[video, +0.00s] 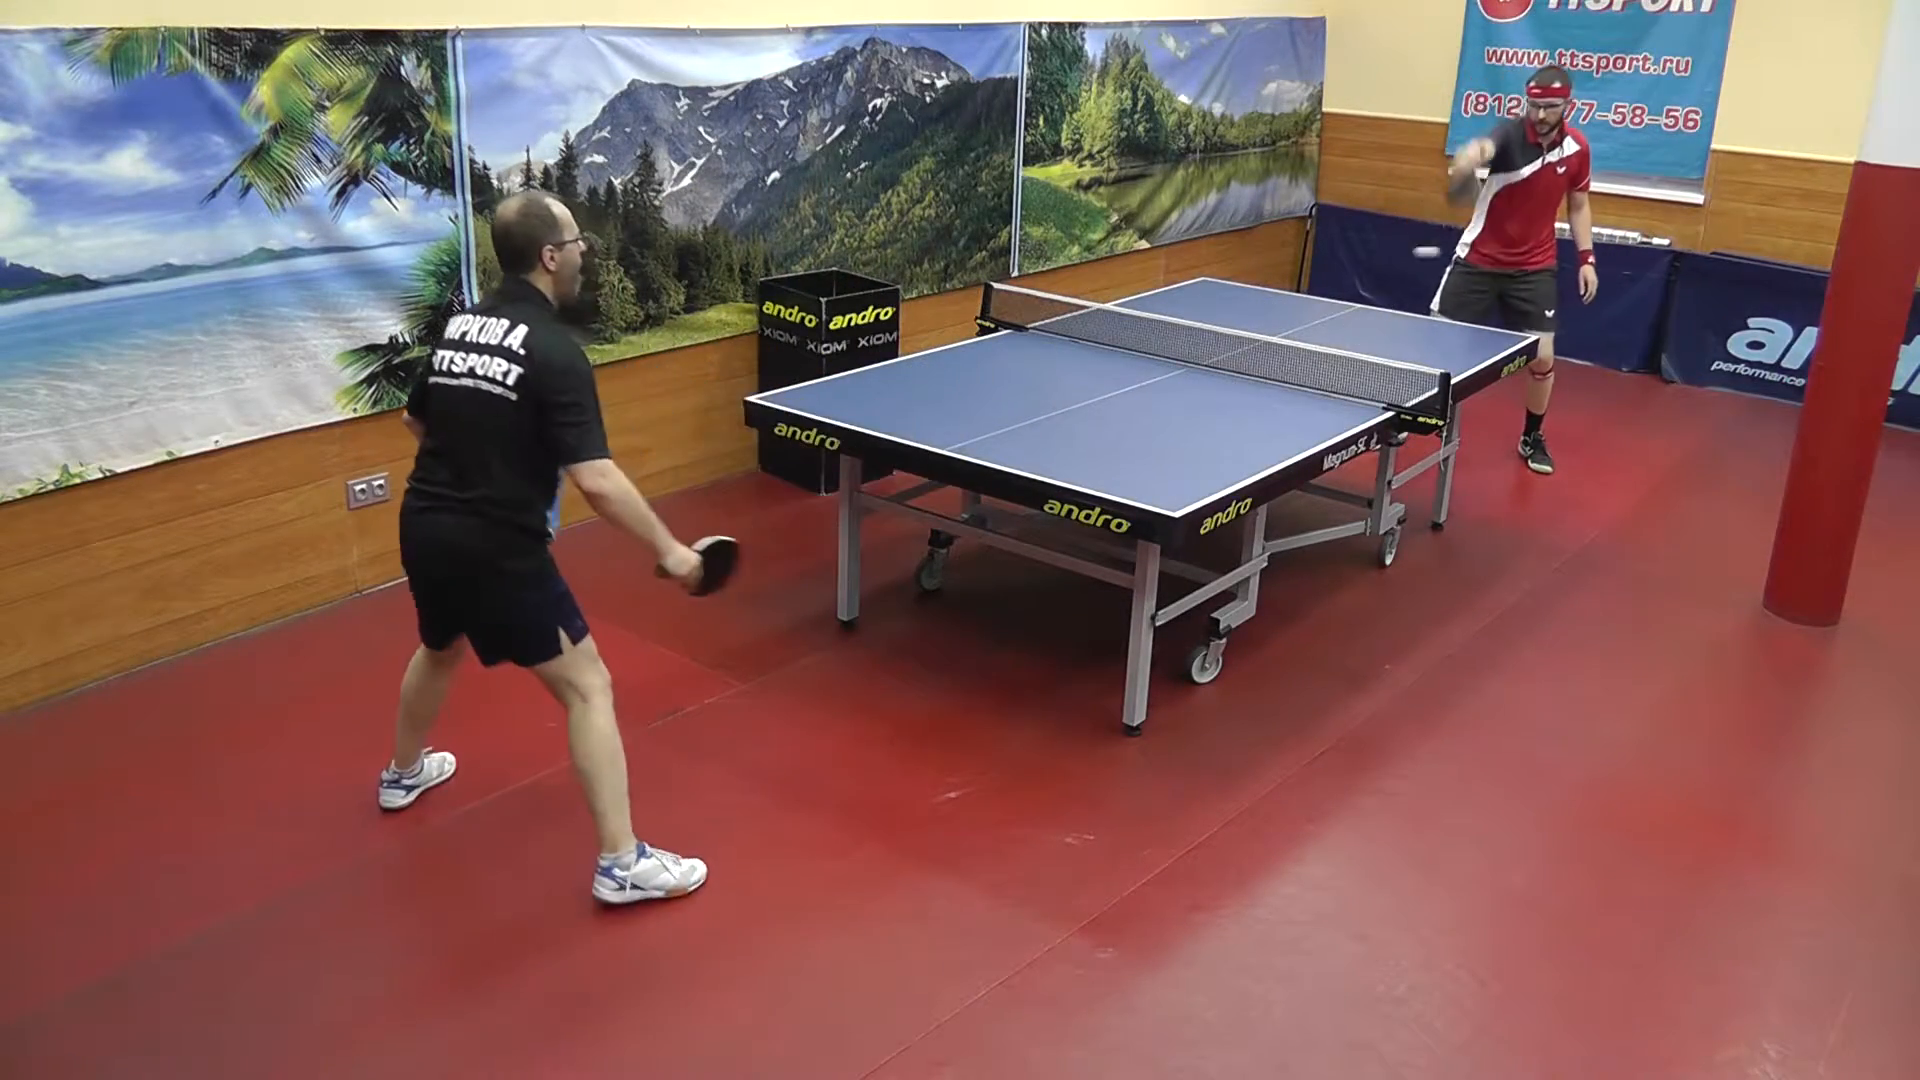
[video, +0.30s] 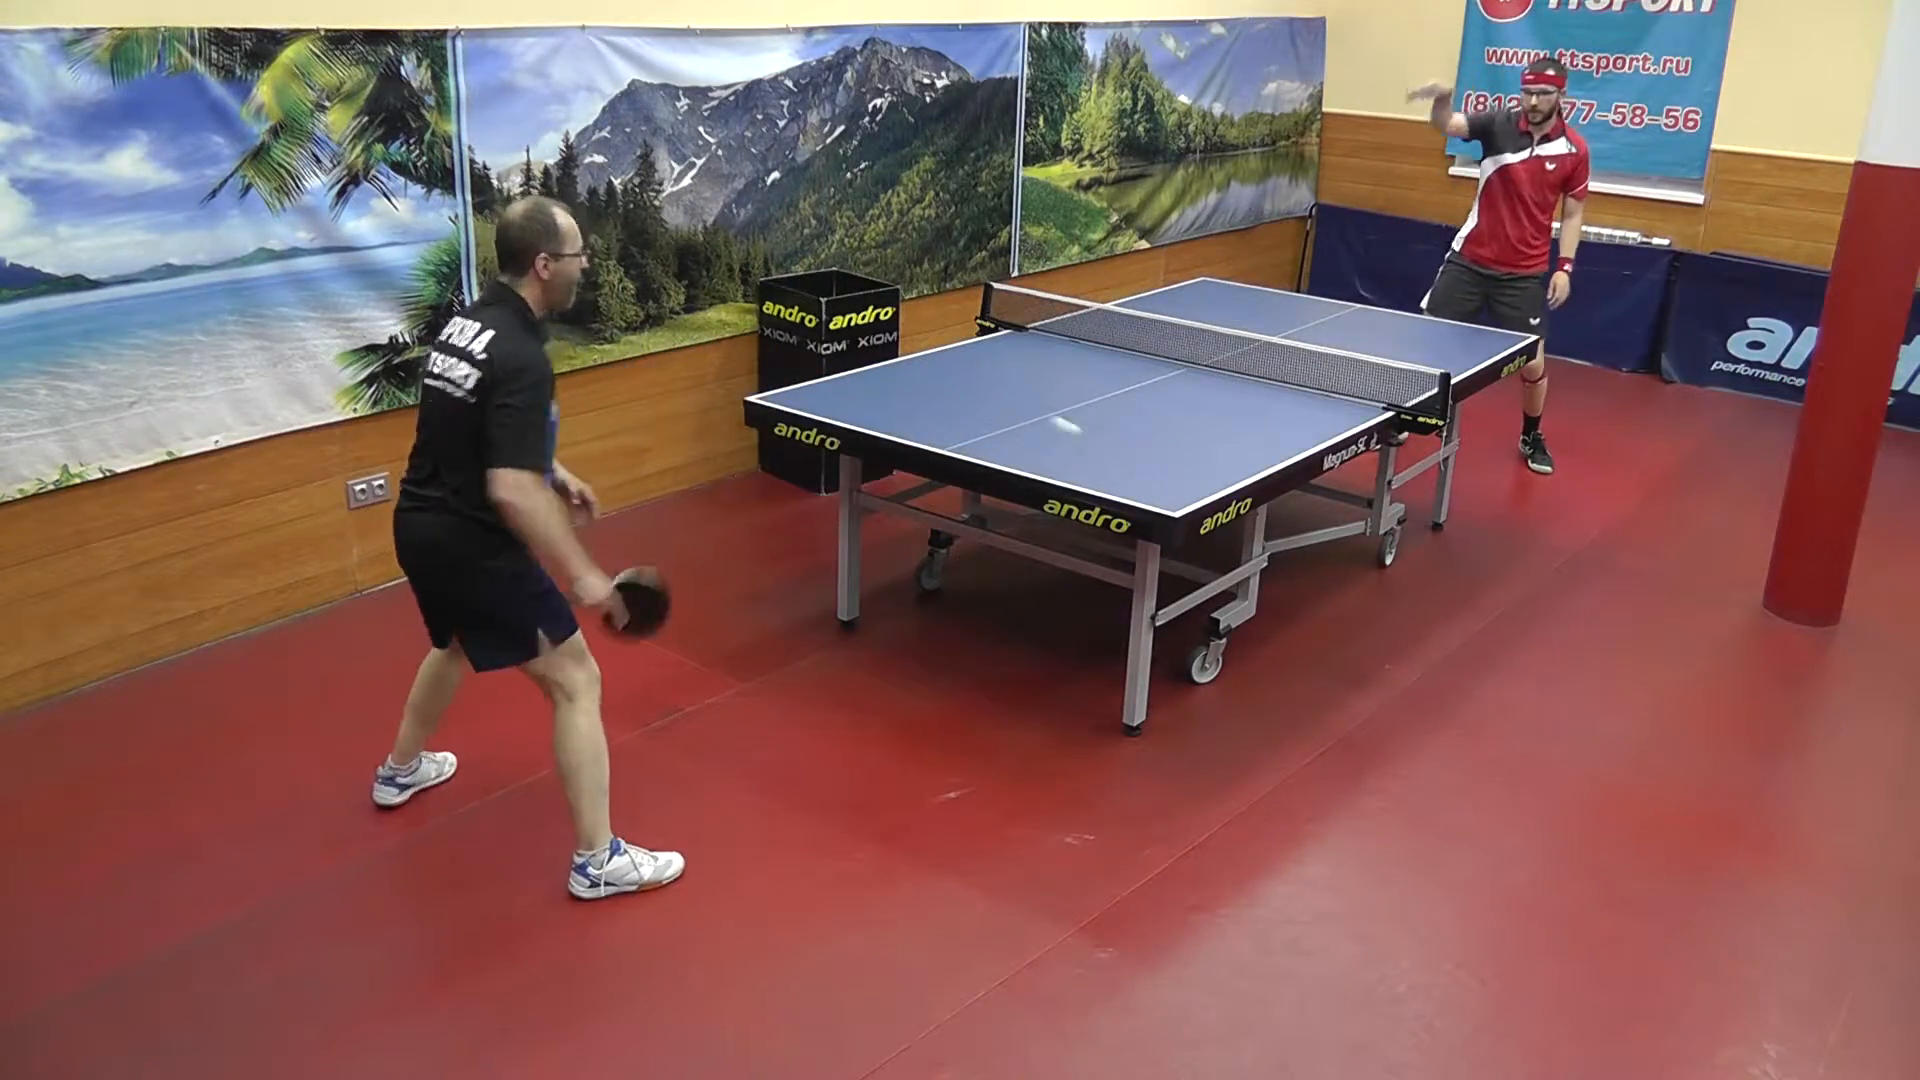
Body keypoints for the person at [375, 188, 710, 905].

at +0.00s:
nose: (582, 252)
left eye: (578, 241)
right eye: (574, 244)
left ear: (516, 258)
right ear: (547, 257)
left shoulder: (462, 322)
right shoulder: (555, 349)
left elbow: (420, 414)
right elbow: (595, 478)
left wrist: (485, 455)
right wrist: (669, 548)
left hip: (427, 530)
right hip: (500, 547)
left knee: (440, 648)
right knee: (586, 687)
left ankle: (402, 770)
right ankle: (623, 859)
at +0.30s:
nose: (585, 266)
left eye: (583, 253)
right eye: (577, 255)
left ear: (524, 264)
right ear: (540, 266)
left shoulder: (466, 319)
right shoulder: (519, 353)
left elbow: (473, 423)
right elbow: (513, 486)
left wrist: (547, 470)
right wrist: (585, 577)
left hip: (423, 526)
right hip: (477, 540)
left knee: (454, 642)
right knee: (575, 680)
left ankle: (400, 767)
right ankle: (598, 855)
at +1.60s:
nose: (530, 271)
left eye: (527, 258)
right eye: (524, 260)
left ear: (458, 267)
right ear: (499, 269)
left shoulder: (408, 332)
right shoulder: (512, 351)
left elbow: (363, 433)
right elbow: (570, 475)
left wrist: (421, 471)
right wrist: (560, 509)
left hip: (378, 533)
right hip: (451, 544)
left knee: (421, 626)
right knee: (530, 694)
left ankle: (404, 742)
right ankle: (532, 874)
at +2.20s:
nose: (462, 217)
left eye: (456, 206)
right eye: (455, 207)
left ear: (401, 227)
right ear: (435, 218)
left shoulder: (369, 304)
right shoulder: (469, 283)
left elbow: (339, 414)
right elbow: (552, 367)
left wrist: (397, 434)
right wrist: (637, 384)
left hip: (383, 483)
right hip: (453, 479)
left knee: (424, 605)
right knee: (497, 648)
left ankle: (407, 740)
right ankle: (512, 822)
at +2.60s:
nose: (554, 240)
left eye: (551, 228)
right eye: (547, 231)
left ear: (495, 243)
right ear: (518, 244)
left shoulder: (448, 299)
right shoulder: (502, 330)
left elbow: (446, 404)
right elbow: (518, 461)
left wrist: (527, 429)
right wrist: (587, 511)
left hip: (401, 502)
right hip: (449, 519)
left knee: (440, 620)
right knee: (517, 670)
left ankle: (406, 739)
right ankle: (521, 847)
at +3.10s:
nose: (495, 195)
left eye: (489, 183)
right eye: (488, 185)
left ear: (424, 201)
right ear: (468, 196)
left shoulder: (391, 293)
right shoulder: (506, 283)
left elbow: (352, 394)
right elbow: (614, 347)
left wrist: (417, 420)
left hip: (415, 489)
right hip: (491, 492)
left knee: (420, 610)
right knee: (537, 654)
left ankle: (406, 730)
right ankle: (535, 827)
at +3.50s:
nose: (450, 200)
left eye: (443, 187)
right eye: (441, 191)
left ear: (390, 213)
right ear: (417, 208)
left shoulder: (368, 299)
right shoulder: (439, 287)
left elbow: (360, 395)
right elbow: (535, 321)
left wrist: (440, 382)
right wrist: (630, 252)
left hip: (389, 493)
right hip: (450, 492)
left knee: (418, 623)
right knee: (501, 661)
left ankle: (400, 747)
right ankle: (504, 843)